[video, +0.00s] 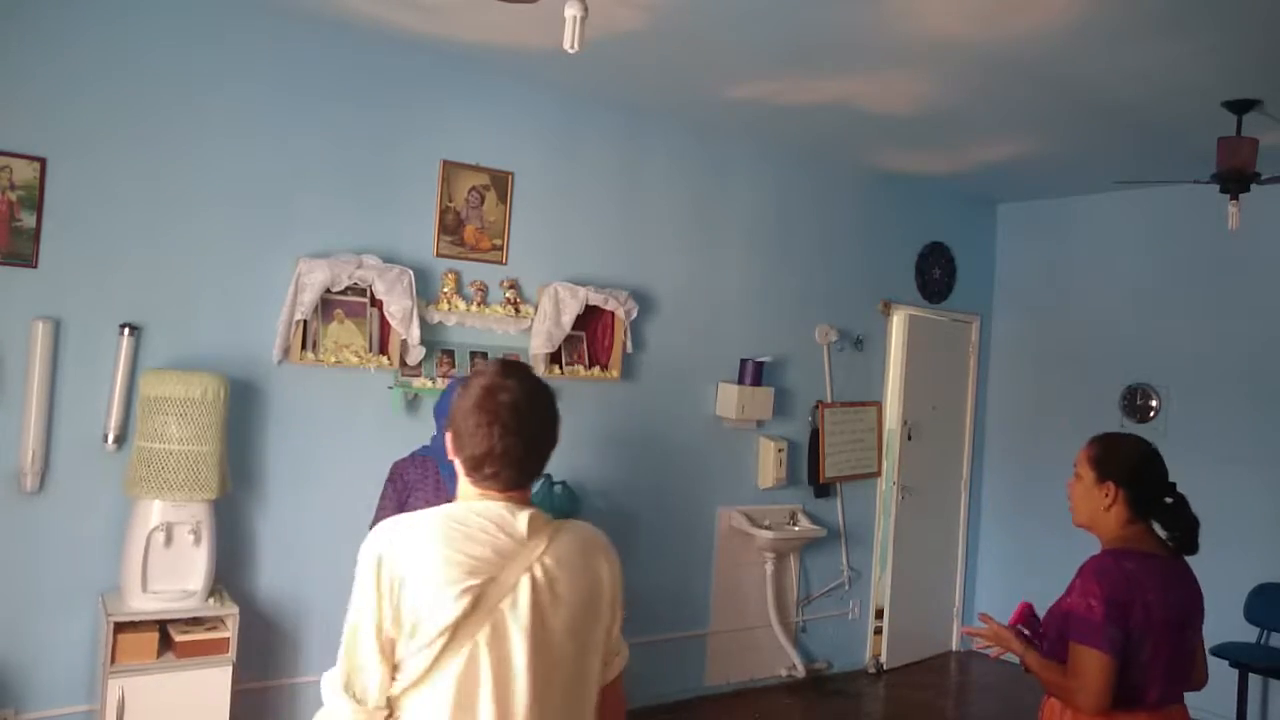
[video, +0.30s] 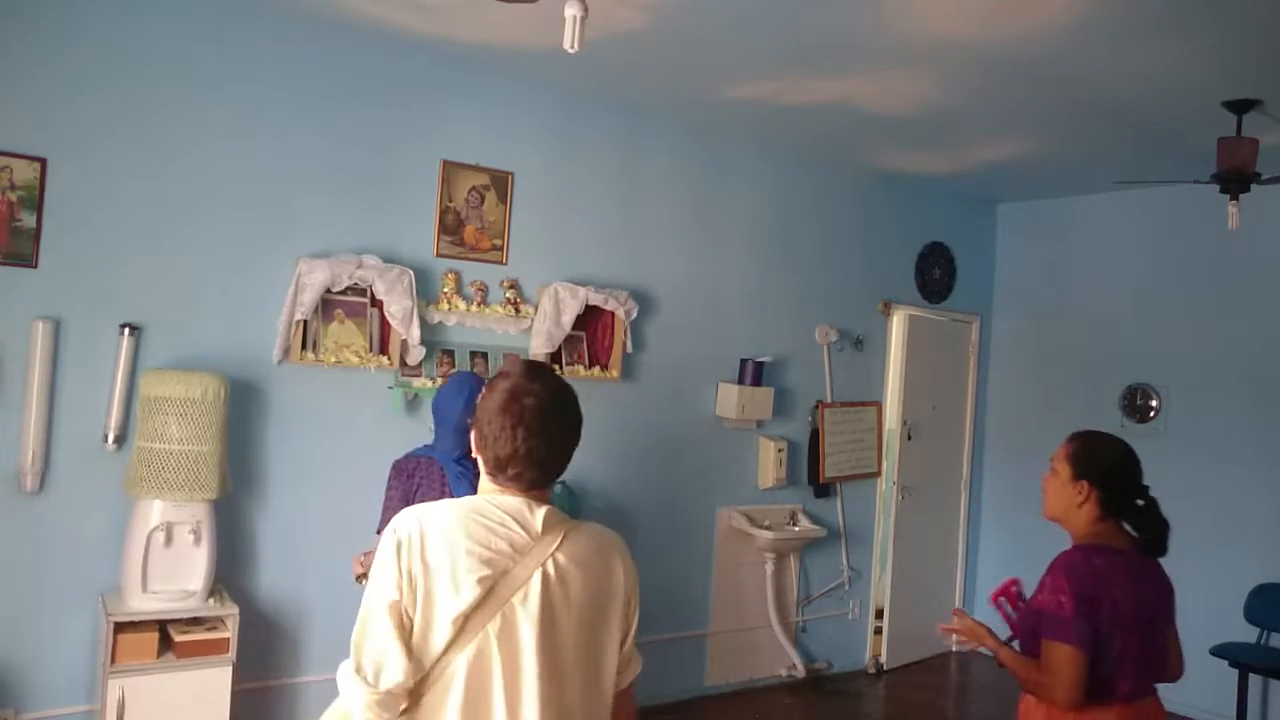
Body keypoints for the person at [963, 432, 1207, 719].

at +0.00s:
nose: (1067, 488)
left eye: (1077, 476)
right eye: (1073, 476)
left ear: (1107, 494)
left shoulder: (1101, 575)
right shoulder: (1176, 569)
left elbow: (1089, 697)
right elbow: (1195, 676)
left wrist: (1021, 649)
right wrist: (1055, 648)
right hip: (1168, 711)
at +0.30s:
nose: (1043, 480)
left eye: (1053, 470)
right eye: (1049, 469)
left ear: (1081, 492)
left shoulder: (1071, 571)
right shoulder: (1148, 567)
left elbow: (1063, 692)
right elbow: (1170, 667)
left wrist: (993, 645)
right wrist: (1043, 633)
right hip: (1144, 708)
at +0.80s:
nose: (978, 474)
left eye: (986, 469)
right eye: (983, 467)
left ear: (1011, 493)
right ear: (1052, 493)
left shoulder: (987, 567)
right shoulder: (1082, 570)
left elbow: (963, 678)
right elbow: (1100, 665)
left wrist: (915, 630)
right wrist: (1027, 650)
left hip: (983, 708)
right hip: (1058, 708)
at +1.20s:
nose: (941, 470)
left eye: (948, 464)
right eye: (945, 462)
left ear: (970, 485)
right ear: (1010, 481)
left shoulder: (949, 553)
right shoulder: (1048, 556)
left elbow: (928, 666)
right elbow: (1070, 652)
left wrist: (891, 624)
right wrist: (1003, 644)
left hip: (954, 701)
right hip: (1027, 700)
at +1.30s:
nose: (936, 477)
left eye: (941, 471)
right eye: (938, 469)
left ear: (963, 489)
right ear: (1004, 485)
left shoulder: (943, 559)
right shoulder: (1041, 560)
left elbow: (924, 669)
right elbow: (1063, 654)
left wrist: (885, 625)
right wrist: (999, 643)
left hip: (949, 702)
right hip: (1021, 701)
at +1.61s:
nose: (923, 466)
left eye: (929, 459)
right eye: (927, 458)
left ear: (947, 479)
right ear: (989, 479)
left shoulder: (924, 548)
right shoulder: (1017, 549)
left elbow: (908, 652)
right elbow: (1036, 641)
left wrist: (869, 613)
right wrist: (976, 636)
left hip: (931, 691)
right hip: (1000, 689)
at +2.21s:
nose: (914, 449)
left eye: (923, 443)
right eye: (920, 442)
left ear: (941, 463)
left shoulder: (923, 528)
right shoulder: (982, 529)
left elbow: (906, 625)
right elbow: (996, 612)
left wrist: (857, 591)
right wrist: (940, 608)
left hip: (919, 667)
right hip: (972, 661)